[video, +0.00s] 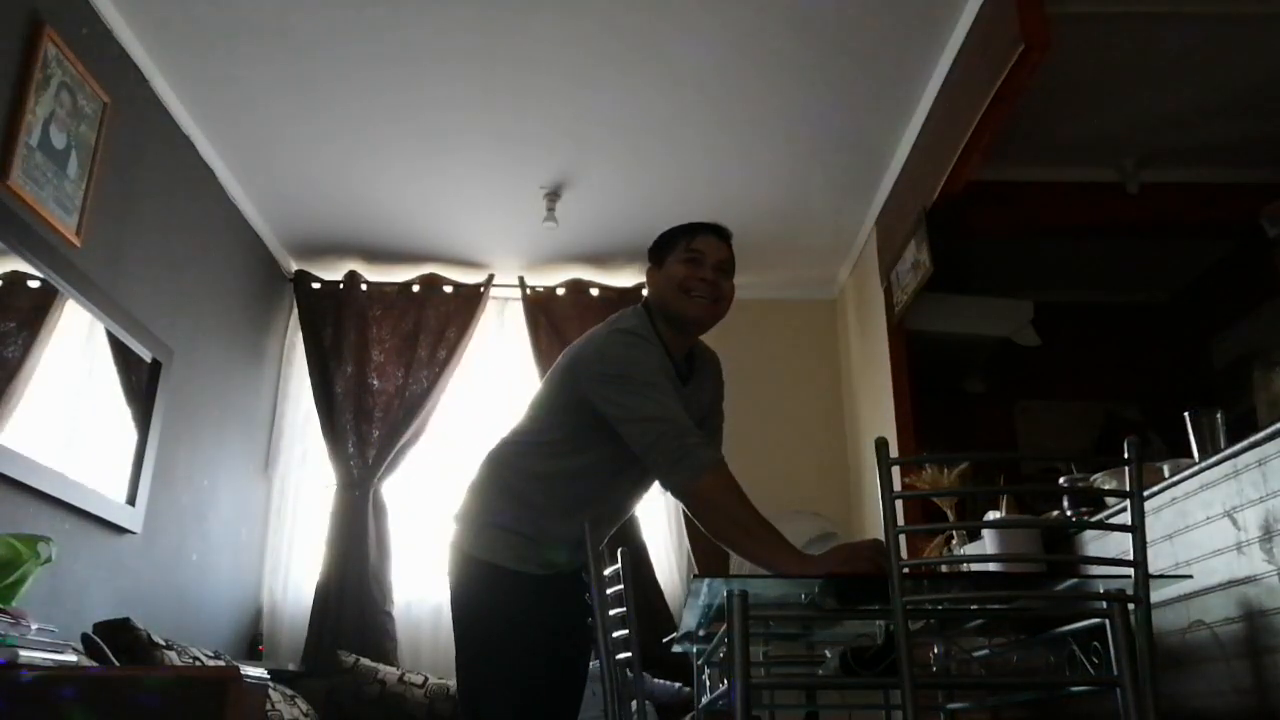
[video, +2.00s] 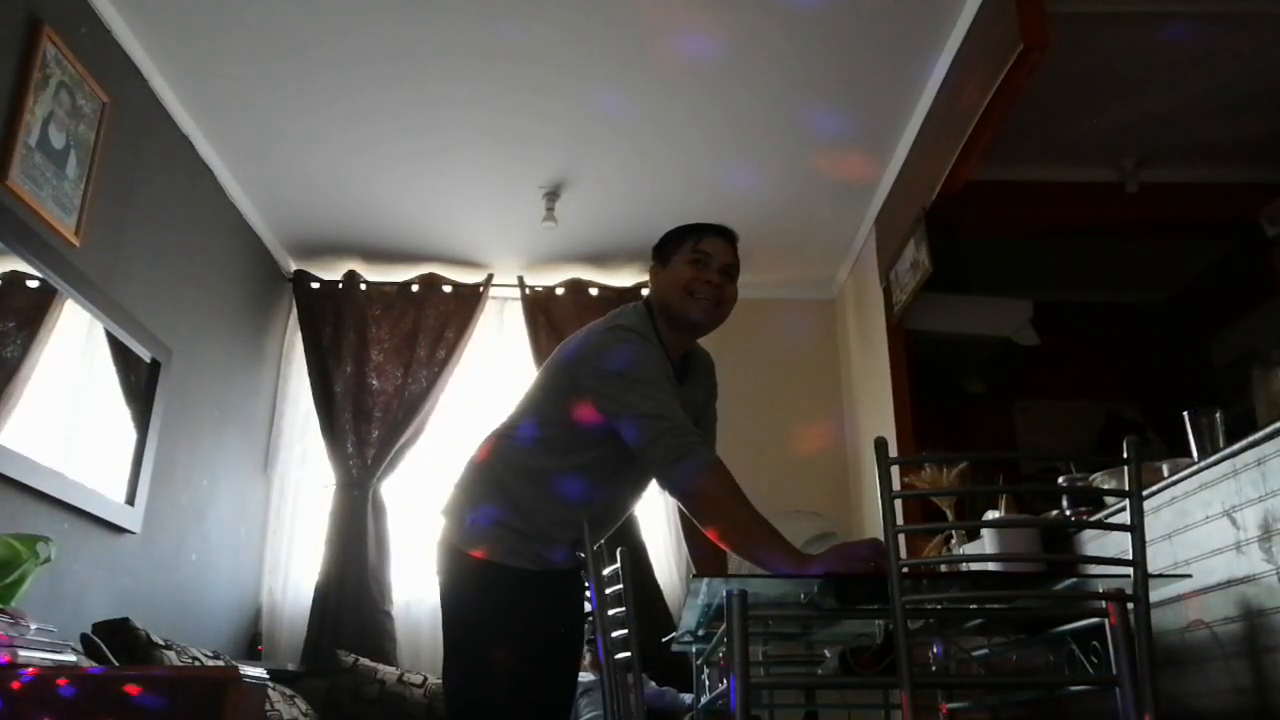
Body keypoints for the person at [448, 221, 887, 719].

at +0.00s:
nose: (708, 278)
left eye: (723, 270)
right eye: (691, 262)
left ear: (731, 293)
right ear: (652, 274)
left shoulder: (702, 370)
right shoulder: (621, 349)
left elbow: (702, 493)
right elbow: (695, 479)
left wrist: (717, 602)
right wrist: (799, 564)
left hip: (570, 554)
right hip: (503, 547)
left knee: (554, 705)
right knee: (503, 708)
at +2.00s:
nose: (715, 281)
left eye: (728, 274)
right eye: (698, 263)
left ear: (734, 296)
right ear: (656, 274)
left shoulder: (695, 369)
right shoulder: (620, 348)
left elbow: (699, 484)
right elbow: (690, 475)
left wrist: (719, 592)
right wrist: (798, 564)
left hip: (560, 555)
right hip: (493, 547)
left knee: (546, 706)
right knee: (489, 708)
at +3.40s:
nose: (700, 275)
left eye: (714, 271)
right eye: (684, 260)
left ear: (718, 296)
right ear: (643, 271)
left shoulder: (673, 376)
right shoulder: (611, 339)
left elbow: (686, 499)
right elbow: (692, 468)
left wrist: (716, 599)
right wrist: (802, 564)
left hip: (524, 549)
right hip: (465, 533)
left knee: (527, 704)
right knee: (472, 706)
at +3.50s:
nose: (698, 271)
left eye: (712, 267)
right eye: (682, 256)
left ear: (717, 294)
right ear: (641, 271)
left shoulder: (675, 375)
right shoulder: (611, 338)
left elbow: (688, 497)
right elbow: (692, 468)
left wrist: (716, 599)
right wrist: (801, 564)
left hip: (523, 550)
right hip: (463, 534)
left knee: (526, 704)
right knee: (470, 706)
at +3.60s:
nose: (699, 270)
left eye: (713, 265)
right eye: (683, 255)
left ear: (718, 291)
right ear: (642, 269)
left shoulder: (676, 374)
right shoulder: (612, 336)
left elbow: (688, 497)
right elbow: (693, 468)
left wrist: (717, 600)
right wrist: (801, 564)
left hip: (524, 551)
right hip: (463, 534)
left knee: (526, 702)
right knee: (469, 704)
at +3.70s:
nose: (700, 270)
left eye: (715, 266)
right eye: (684, 255)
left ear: (719, 293)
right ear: (644, 268)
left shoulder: (676, 374)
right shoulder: (613, 337)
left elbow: (687, 497)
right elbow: (692, 467)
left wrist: (718, 601)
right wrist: (801, 564)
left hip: (526, 550)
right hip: (465, 533)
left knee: (528, 701)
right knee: (471, 703)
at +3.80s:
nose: (703, 272)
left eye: (717, 267)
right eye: (687, 256)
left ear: (721, 293)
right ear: (646, 267)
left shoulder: (677, 374)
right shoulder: (615, 337)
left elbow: (688, 498)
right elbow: (691, 466)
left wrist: (717, 602)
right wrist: (800, 563)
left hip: (526, 549)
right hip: (466, 533)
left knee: (530, 703)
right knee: (477, 705)